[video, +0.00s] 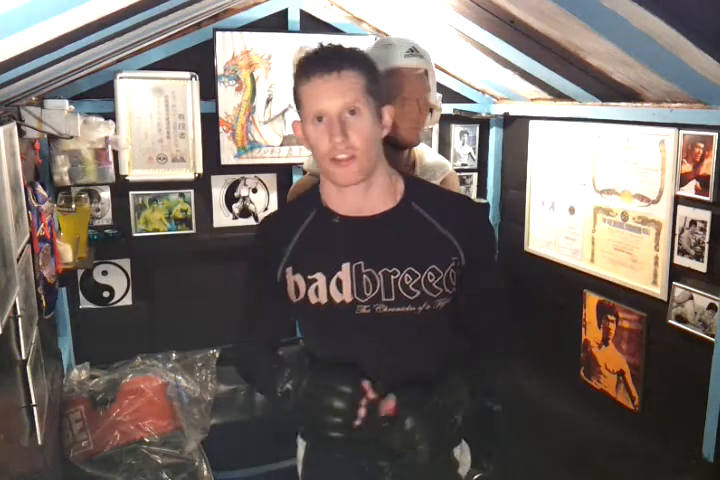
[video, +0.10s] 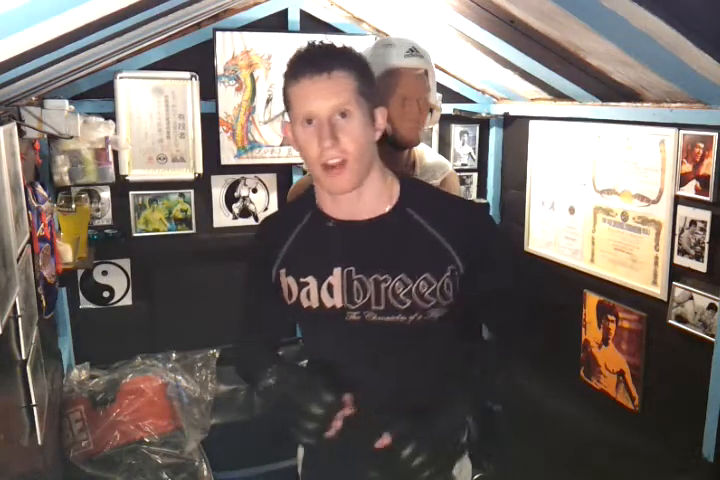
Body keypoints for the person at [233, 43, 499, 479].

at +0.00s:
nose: (338, 136)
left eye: (352, 112)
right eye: (319, 118)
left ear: (384, 121)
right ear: (302, 134)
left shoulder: (462, 223)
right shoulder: (279, 237)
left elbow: (494, 347)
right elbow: (252, 350)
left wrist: (443, 406)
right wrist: (303, 391)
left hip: (435, 457)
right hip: (332, 460)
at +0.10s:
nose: (327, 141)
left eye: (343, 116)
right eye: (308, 122)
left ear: (377, 123)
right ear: (289, 136)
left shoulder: (466, 229)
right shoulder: (278, 240)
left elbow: (514, 347)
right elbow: (251, 349)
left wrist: (455, 421)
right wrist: (286, 388)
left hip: (439, 464)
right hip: (328, 464)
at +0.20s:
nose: (321, 148)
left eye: (339, 123)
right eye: (303, 128)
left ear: (376, 127)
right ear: (284, 138)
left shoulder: (464, 237)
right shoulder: (280, 243)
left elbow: (520, 361)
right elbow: (262, 356)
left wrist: (445, 432)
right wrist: (280, 409)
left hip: (440, 466)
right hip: (325, 464)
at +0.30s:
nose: (323, 160)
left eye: (342, 133)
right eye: (304, 136)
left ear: (382, 135)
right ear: (285, 143)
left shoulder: (463, 251)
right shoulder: (298, 236)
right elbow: (270, 344)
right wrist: (254, 412)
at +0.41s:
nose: (326, 166)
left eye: (351, 137)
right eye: (309, 137)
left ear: (395, 143)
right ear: (291, 140)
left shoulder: (467, 270)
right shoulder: (313, 246)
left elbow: (520, 440)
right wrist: (248, 420)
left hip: (440, 465)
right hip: (340, 463)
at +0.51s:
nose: (325, 160)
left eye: (356, 127)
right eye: (313, 126)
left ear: (409, 137)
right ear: (296, 129)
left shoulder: (468, 268)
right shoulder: (337, 240)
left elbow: (496, 458)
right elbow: (350, 377)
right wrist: (261, 393)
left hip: (435, 469)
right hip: (354, 464)